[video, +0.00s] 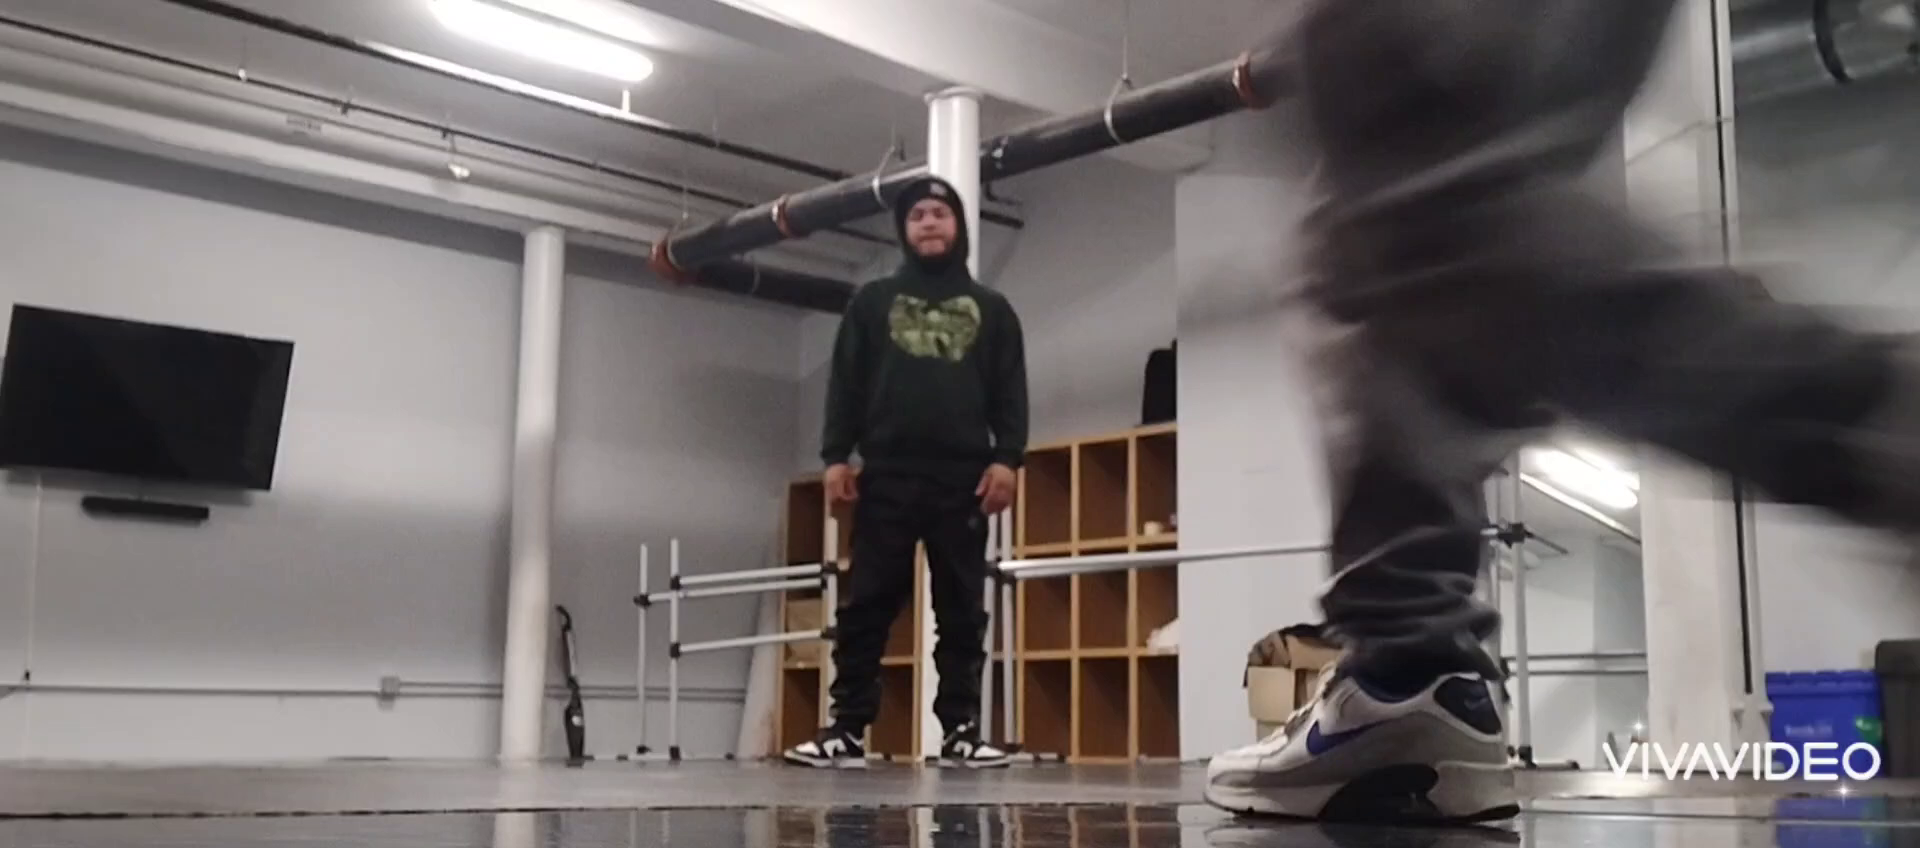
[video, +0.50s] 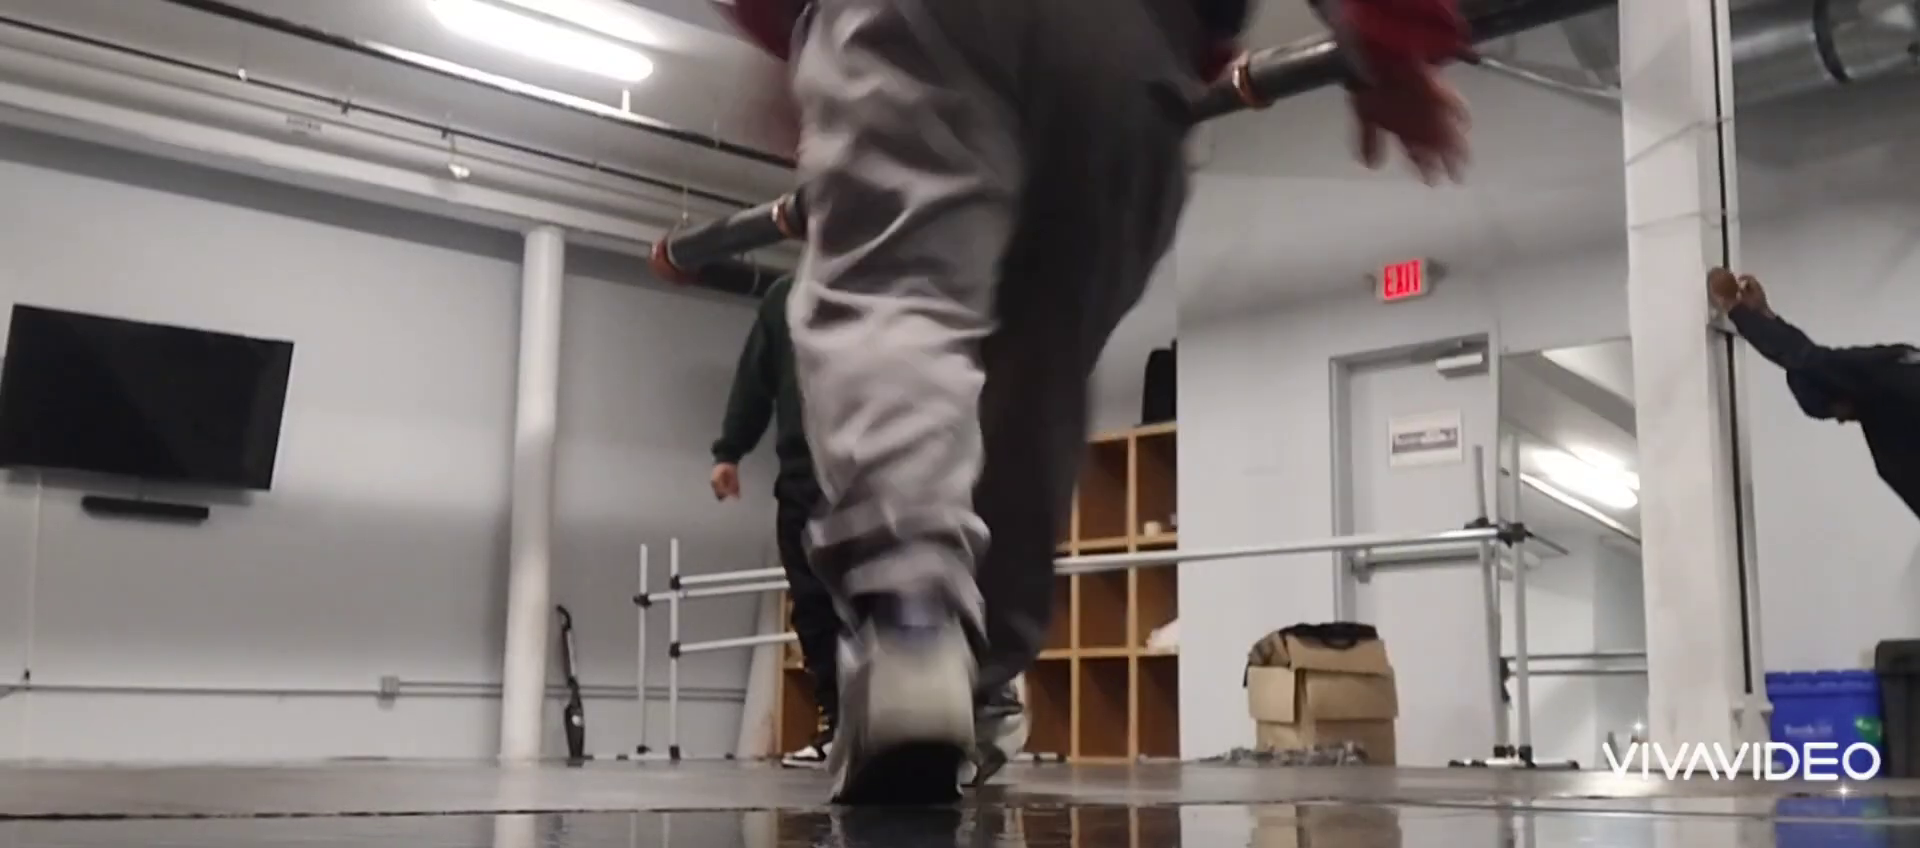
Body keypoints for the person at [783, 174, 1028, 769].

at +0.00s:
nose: (929, 223)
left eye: (939, 214)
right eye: (919, 216)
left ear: (960, 227)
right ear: (903, 231)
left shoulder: (991, 309)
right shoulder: (872, 300)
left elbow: (1011, 391)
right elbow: (845, 381)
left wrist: (1007, 459)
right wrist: (837, 456)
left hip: (960, 475)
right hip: (886, 472)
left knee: (962, 611)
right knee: (866, 604)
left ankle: (960, 732)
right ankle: (848, 731)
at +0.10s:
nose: (901, 222)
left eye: (912, 213)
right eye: (890, 215)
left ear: (932, 225)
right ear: (876, 230)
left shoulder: (968, 305)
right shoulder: (850, 299)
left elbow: (991, 388)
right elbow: (823, 383)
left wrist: (995, 460)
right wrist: (810, 458)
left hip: (937, 475)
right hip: (862, 474)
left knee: (948, 608)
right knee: (850, 606)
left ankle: (959, 731)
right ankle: (845, 732)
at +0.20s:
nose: (879, 223)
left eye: (890, 213)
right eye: (869, 215)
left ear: (912, 223)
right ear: (854, 230)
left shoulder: (939, 298)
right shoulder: (832, 298)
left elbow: (968, 380)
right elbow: (803, 383)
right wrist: (786, 460)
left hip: (916, 470)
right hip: (843, 470)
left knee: (931, 601)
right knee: (838, 603)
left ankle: (962, 729)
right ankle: (844, 731)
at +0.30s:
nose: (858, 224)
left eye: (868, 214)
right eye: (849, 216)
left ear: (888, 223)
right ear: (835, 230)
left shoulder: (915, 292)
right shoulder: (817, 297)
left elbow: (937, 379)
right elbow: (785, 382)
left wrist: (950, 453)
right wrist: (763, 461)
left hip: (903, 462)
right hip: (826, 466)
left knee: (916, 584)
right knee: (826, 598)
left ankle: (949, 719)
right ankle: (841, 727)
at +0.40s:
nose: (841, 220)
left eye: (851, 210)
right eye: (832, 212)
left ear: (873, 221)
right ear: (820, 228)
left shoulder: (894, 290)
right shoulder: (801, 296)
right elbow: (769, 380)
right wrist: (743, 454)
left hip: (882, 465)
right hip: (814, 467)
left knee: (880, 582)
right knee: (817, 597)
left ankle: (885, 719)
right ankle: (836, 722)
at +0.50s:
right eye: (817, 228)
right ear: (808, 235)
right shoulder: (788, 298)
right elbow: (755, 378)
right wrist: (729, 452)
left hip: (876, 472)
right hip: (804, 475)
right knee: (811, 605)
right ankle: (834, 724)